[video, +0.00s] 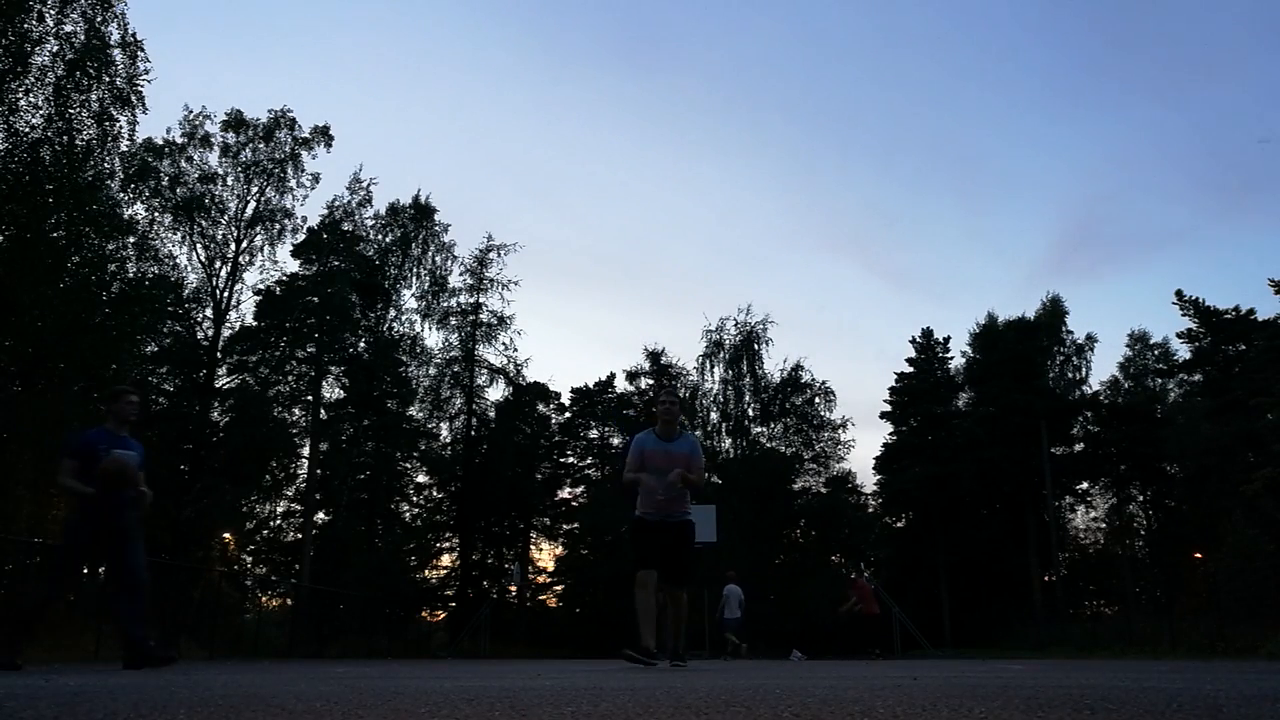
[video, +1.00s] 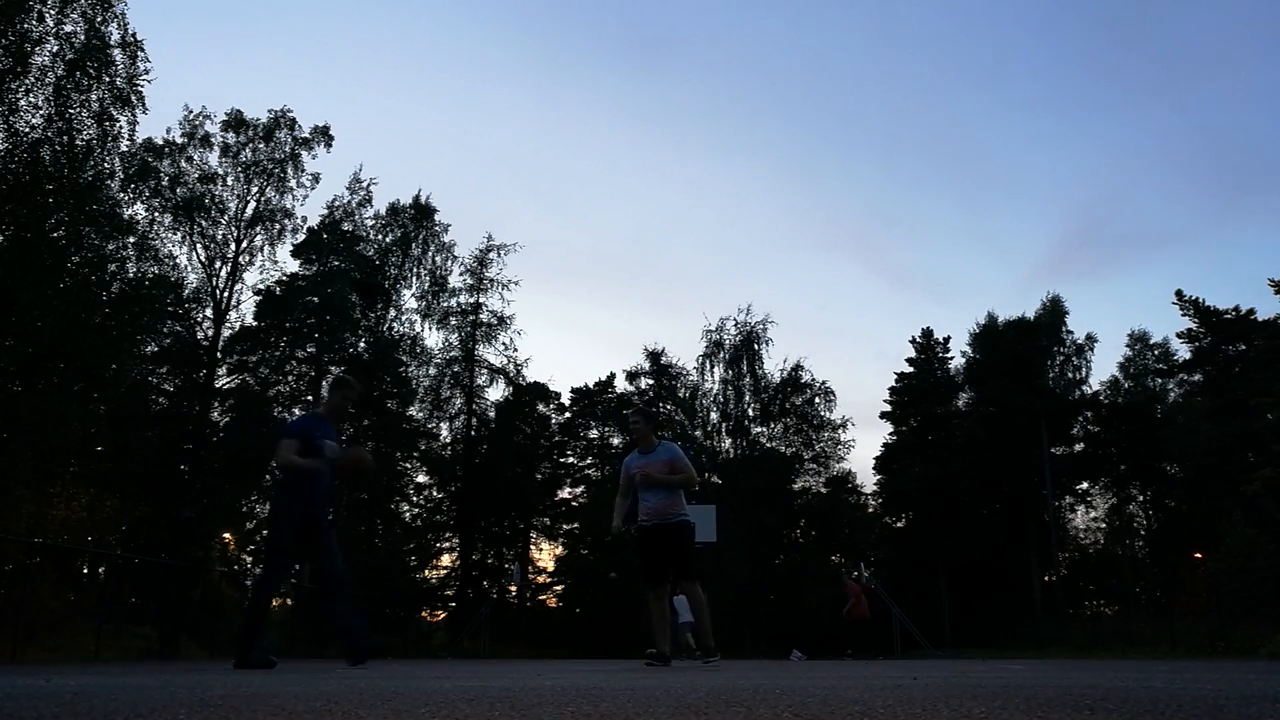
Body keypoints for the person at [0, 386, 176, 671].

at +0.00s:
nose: (133, 410)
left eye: (136, 405)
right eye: (128, 404)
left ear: (137, 411)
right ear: (113, 406)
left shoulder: (135, 447)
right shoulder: (90, 439)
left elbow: (138, 482)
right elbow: (66, 478)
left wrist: (144, 491)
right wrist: (92, 492)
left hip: (124, 524)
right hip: (89, 521)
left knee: (131, 584)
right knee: (60, 582)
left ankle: (136, 651)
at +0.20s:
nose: (179, 401)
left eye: (181, 397)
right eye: (175, 396)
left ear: (177, 401)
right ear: (160, 397)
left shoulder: (177, 437)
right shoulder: (137, 431)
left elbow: (182, 473)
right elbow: (114, 470)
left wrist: (190, 488)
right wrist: (142, 483)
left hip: (168, 514)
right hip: (140, 514)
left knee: (163, 582)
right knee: (142, 581)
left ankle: (157, 649)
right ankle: (138, 651)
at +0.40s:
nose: (221, 400)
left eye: (221, 396)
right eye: (216, 395)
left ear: (214, 400)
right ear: (200, 397)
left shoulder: (213, 434)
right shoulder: (177, 430)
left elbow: (222, 471)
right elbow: (154, 472)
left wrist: (238, 496)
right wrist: (183, 485)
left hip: (201, 513)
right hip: (175, 512)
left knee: (173, 580)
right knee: (193, 577)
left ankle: (147, 650)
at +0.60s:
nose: (260, 404)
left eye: (260, 399)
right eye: (255, 399)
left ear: (251, 404)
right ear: (238, 401)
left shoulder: (252, 439)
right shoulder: (219, 434)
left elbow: (258, 484)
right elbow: (198, 476)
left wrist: (273, 520)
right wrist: (225, 487)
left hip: (239, 519)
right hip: (218, 519)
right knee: (244, 579)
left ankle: (164, 641)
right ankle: (246, 652)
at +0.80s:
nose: (302, 396)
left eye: (303, 392)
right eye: (298, 391)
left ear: (294, 394)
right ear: (282, 390)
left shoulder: (288, 426)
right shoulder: (260, 421)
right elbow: (242, 458)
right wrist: (279, 448)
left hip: (279, 509)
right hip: (258, 509)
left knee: (288, 574)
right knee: (261, 575)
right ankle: (247, 650)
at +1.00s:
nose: (345, 407)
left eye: (349, 402)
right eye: (343, 400)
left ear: (347, 403)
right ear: (331, 395)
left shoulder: (332, 433)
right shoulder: (303, 424)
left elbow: (325, 469)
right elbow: (284, 457)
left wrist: (352, 462)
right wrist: (322, 465)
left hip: (316, 514)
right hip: (290, 513)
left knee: (331, 579)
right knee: (271, 579)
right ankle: (248, 651)